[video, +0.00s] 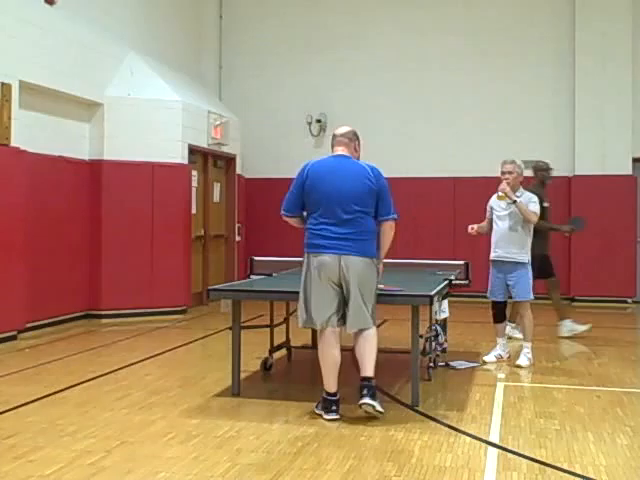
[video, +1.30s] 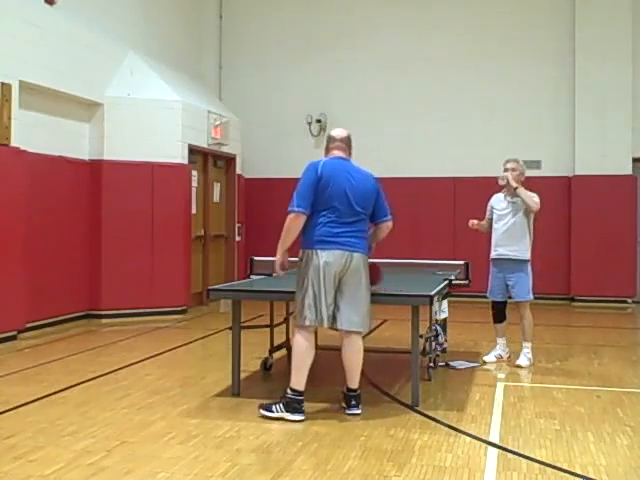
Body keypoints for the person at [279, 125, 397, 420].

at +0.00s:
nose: (359, 149)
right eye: (359, 145)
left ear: (331, 146)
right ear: (357, 147)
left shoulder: (310, 170)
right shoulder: (372, 173)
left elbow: (289, 214)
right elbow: (387, 222)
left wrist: (315, 225)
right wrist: (379, 259)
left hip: (321, 260)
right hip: (360, 261)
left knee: (327, 328)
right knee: (365, 325)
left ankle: (330, 402)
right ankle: (368, 391)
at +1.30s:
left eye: (329, 143)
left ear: (325, 148)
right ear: (350, 151)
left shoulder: (316, 169)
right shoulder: (368, 178)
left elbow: (298, 213)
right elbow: (385, 224)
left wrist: (281, 250)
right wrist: (363, 244)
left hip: (321, 256)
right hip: (357, 258)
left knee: (305, 327)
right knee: (352, 330)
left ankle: (294, 400)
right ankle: (353, 398)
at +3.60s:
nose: (128, 167)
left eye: (126, 162)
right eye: (126, 163)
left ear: (132, 153)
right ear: (148, 147)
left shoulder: (147, 166)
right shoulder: (178, 169)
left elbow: (145, 199)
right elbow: (192, 210)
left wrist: (136, 230)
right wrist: (184, 237)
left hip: (161, 248)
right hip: (183, 246)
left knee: (161, 322)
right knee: (168, 321)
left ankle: (163, 391)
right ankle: (168, 382)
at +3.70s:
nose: (120, 170)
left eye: (118, 165)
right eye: (118, 166)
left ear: (123, 156)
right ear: (139, 149)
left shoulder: (140, 167)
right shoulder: (169, 170)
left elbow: (143, 199)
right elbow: (186, 211)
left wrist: (131, 234)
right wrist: (183, 246)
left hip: (154, 249)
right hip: (174, 248)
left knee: (158, 321)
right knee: (132, 312)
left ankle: (163, 393)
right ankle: (145, 382)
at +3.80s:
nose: (111, 173)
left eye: (108, 168)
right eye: (108, 169)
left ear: (114, 157)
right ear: (126, 151)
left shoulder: (132, 167)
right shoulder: (157, 169)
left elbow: (140, 196)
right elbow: (179, 211)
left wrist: (127, 233)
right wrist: (180, 250)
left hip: (148, 250)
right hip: (166, 249)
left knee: (153, 321)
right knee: (125, 312)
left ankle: (163, 393)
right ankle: (137, 383)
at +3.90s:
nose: (99, 176)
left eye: (96, 170)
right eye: (96, 172)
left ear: (103, 159)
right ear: (114, 152)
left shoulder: (123, 167)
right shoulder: (145, 169)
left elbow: (135, 195)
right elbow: (168, 210)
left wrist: (121, 232)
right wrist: (172, 251)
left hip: (143, 251)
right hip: (158, 249)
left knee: (148, 322)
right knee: (121, 317)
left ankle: (161, 392)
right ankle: (119, 386)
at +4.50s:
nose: (47, 173)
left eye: (45, 167)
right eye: (44, 170)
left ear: (54, 155)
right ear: (57, 153)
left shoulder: (76, 163)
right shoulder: (71, 176)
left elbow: (97, 188)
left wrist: (76, 228)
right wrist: (60, 248)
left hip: (89, 247)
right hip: (100, 248)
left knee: (49, 313)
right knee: (90, 320)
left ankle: (66, 386)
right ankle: (95, 389)